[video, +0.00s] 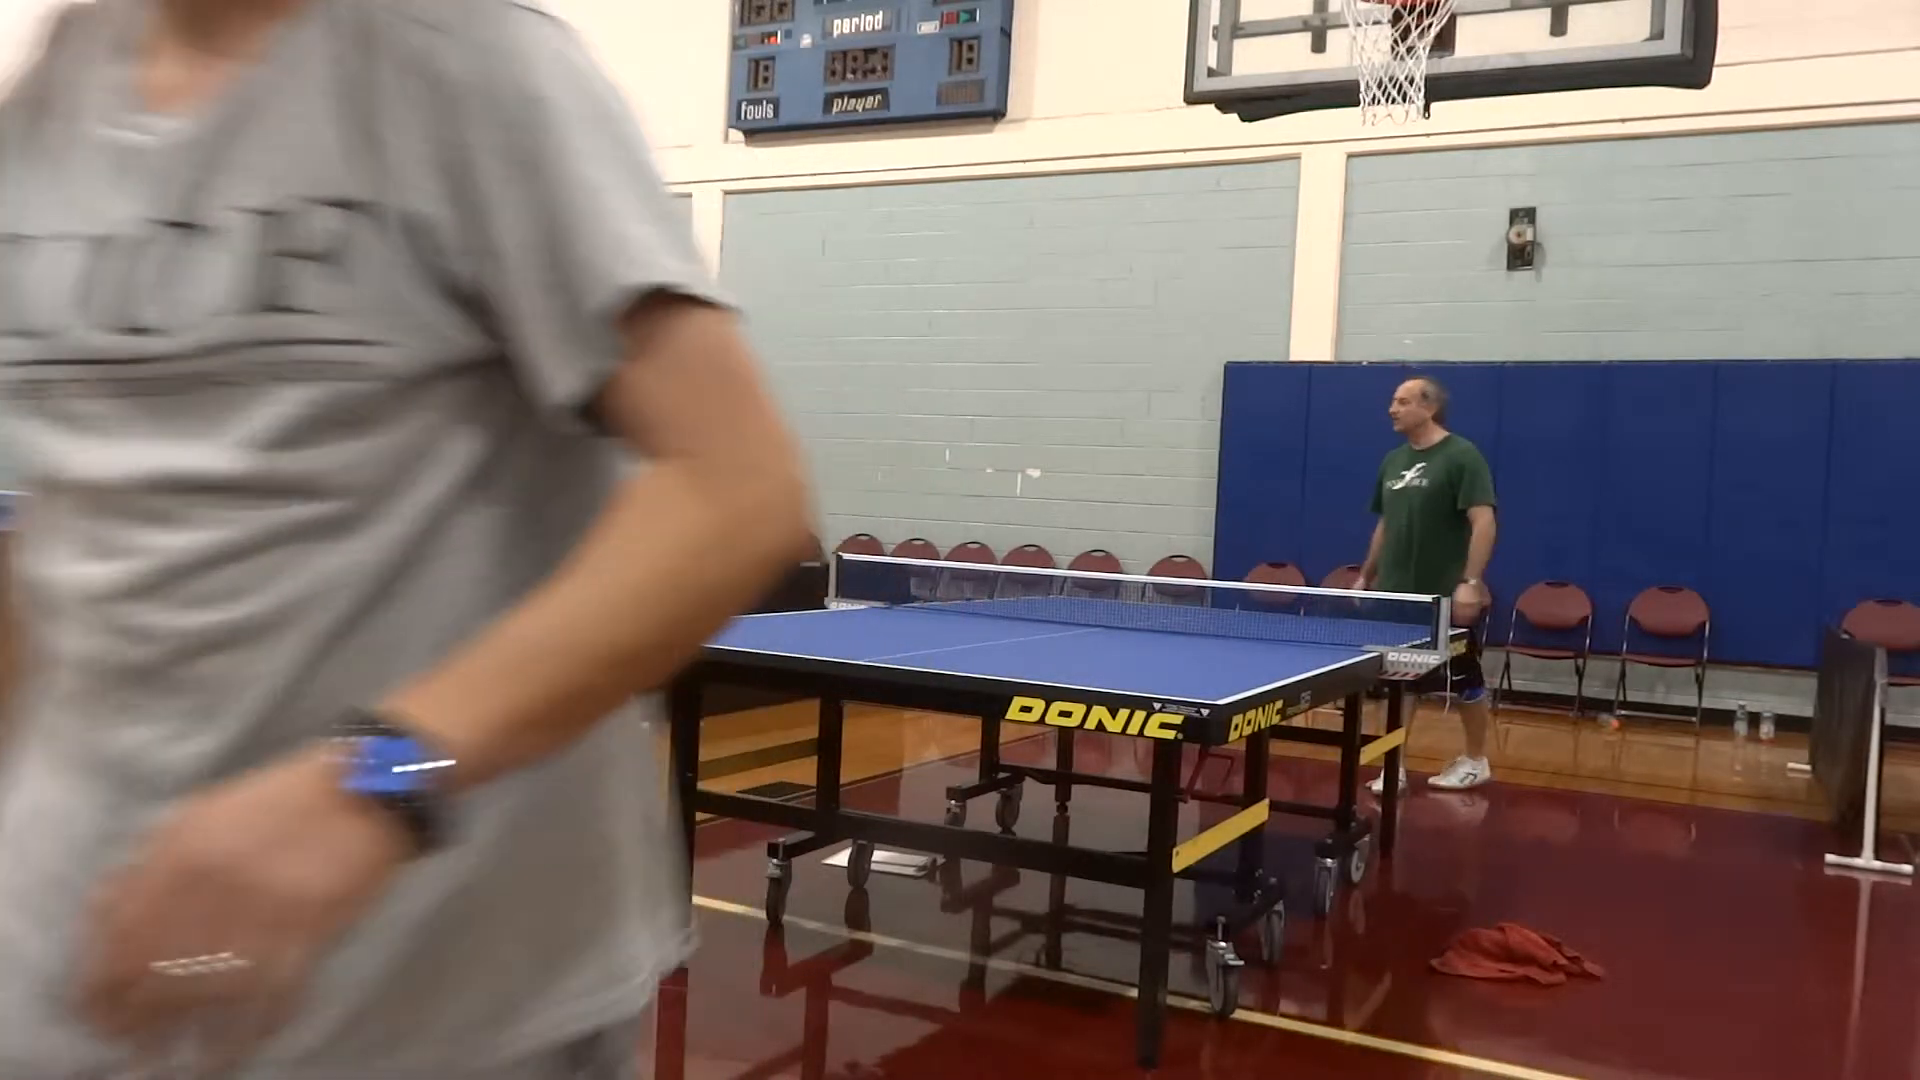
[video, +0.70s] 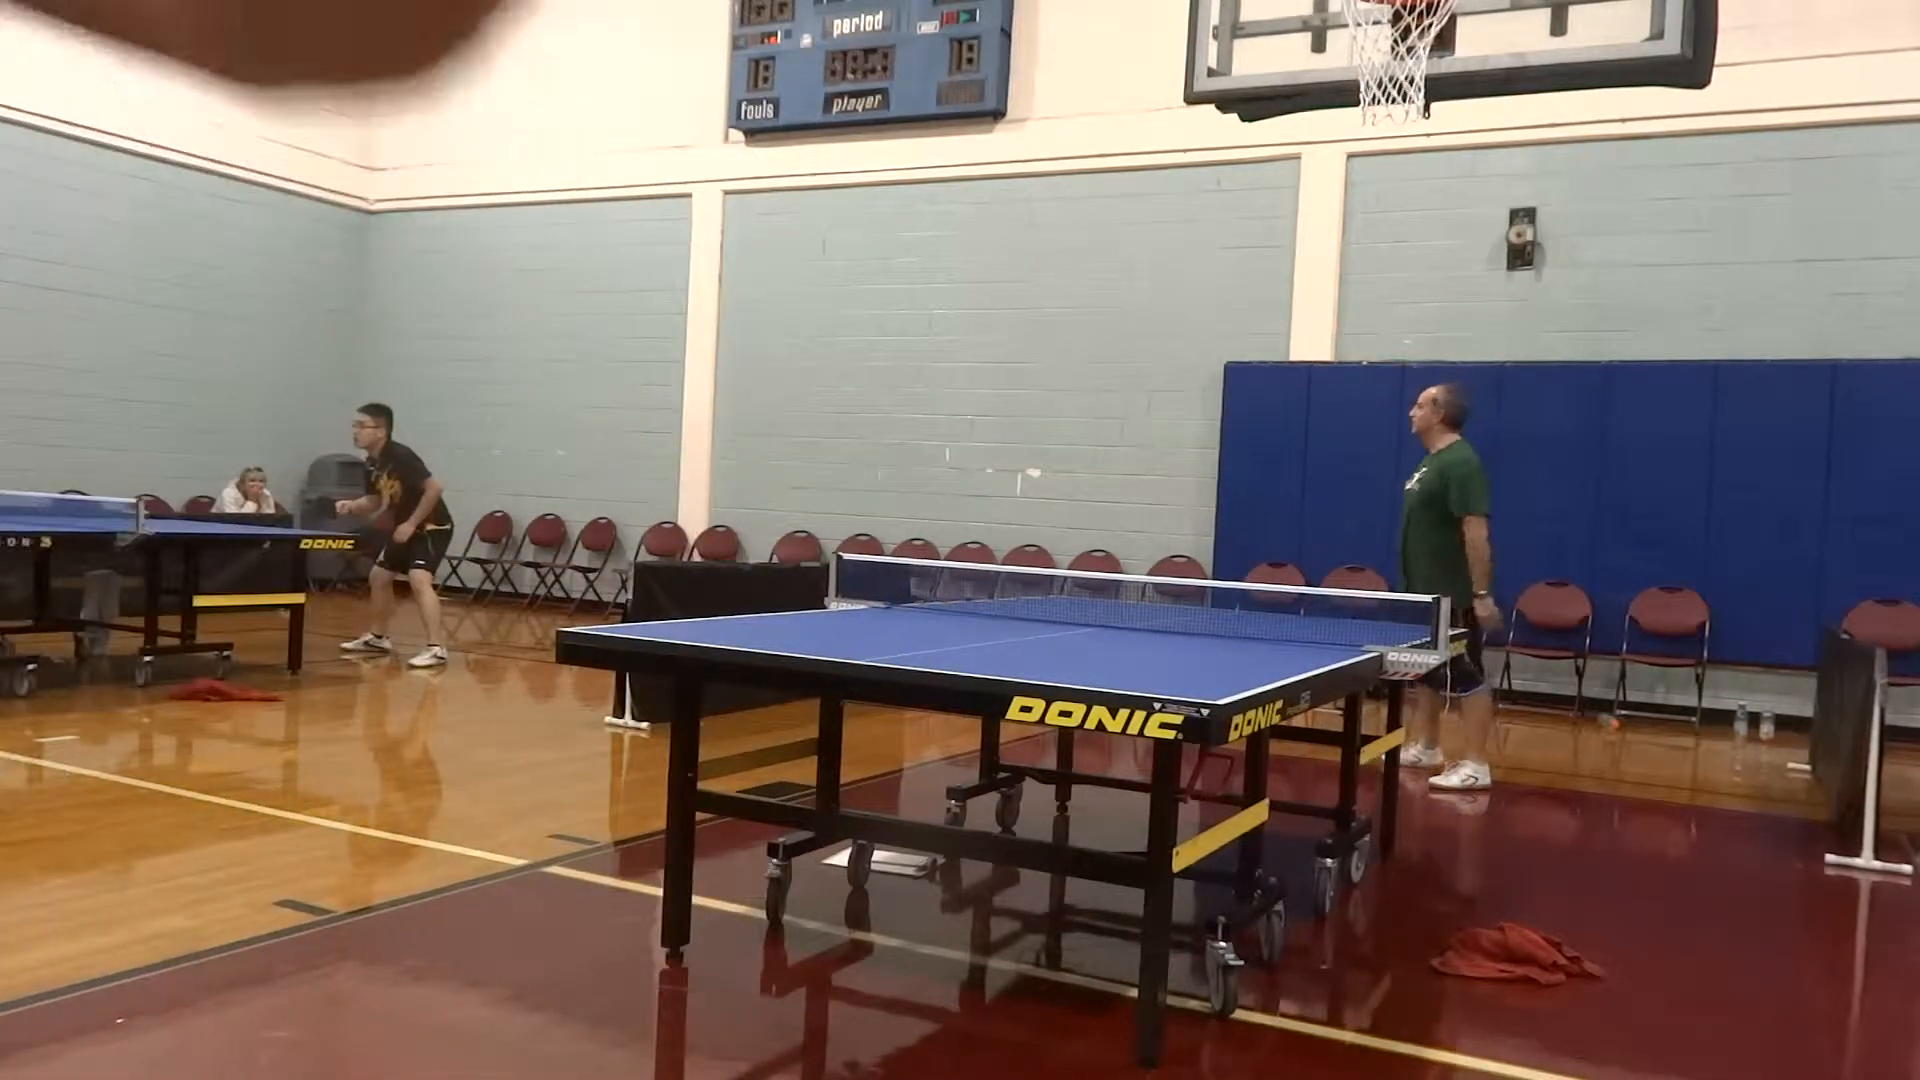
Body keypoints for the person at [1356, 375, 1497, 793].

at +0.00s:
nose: (1393, 409)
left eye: (1403, 402)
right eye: (1394, 402)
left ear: (1429, 409)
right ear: (1401, 409)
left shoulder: (1462, 456)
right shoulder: (1394, 459)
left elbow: (1484, 523)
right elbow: (1386, 525)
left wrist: (1472, 582)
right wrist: (1365, 574)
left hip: (1446, 600)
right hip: (1395, 598)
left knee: (1467, 684)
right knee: (1399, 686)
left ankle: (1476, 760)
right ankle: (1393, 767)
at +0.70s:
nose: (1412, 412)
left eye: (1420, 406)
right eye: (1415, 404)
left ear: (1441, 416)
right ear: (1439, 416)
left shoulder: (1462, 463)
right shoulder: (1432, 459)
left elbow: (1475, 531)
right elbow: (1428, 528)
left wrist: (1482, 594)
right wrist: (1415, 585)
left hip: (1452, 595)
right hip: (1421, 591)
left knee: (1467, 677)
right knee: (1424, 672)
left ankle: (1476, 763)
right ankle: (1423, 746)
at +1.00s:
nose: (1404, 424)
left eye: (1407, 419)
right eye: (1406, 418)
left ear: (1417, 424)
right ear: (1437, 425)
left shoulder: (1436, 465)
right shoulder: (1445, 461)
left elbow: (1427, 530)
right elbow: (1439, 530)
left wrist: (1396, 578)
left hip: (1424, 591)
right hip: (1430, 589)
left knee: (1425, 671)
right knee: (1418, 670)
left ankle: (1449, 745)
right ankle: (1422, 746)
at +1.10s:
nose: (1399, 424)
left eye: (1402, 418)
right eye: (1402, 417)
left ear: (1410, 422)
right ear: (1436, 424)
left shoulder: (1427, 462)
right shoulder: (1451, 460)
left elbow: (1415, 521)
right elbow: (1443, 523)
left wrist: (1374, 565)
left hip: (1416, 584)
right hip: (1438, 582)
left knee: (1403, 660)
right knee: (1426, 665)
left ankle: (1430, 735)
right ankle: (1425, 745)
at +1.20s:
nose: (1398, 427)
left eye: (1399, 421)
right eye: (1400, 420)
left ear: (1406, 424)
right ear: (1435, 426)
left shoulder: (1416, 461)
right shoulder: (1452, 462)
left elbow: (1403, 518)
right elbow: (1445, 528)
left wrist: (1362, 559)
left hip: (1411, 585)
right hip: (1440, 584)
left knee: (1413, 667)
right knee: (1430, 668)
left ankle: (1415, 743)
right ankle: (1427, 745)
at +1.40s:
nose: (1386, 431)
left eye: (1386, 425)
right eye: (1392, 426)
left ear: (1391, 427)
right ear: (1422, 427)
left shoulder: (1388, 462)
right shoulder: (1445, 466)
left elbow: (1372, 522)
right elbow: (1456, 532)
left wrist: (1352, 568)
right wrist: (1448, 577)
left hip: (1388, 587)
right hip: (1433, 588)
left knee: (1358, 659)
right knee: (1428, 667)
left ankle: (1345, 739)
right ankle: (1425, 745)